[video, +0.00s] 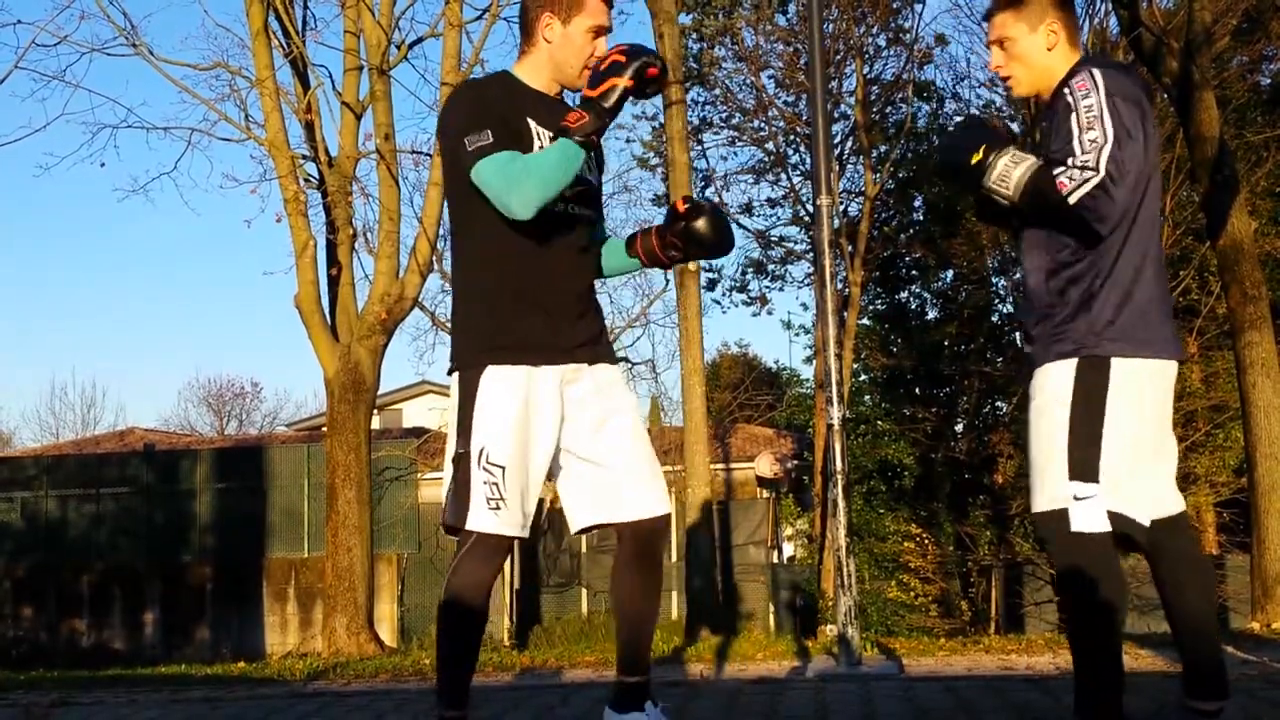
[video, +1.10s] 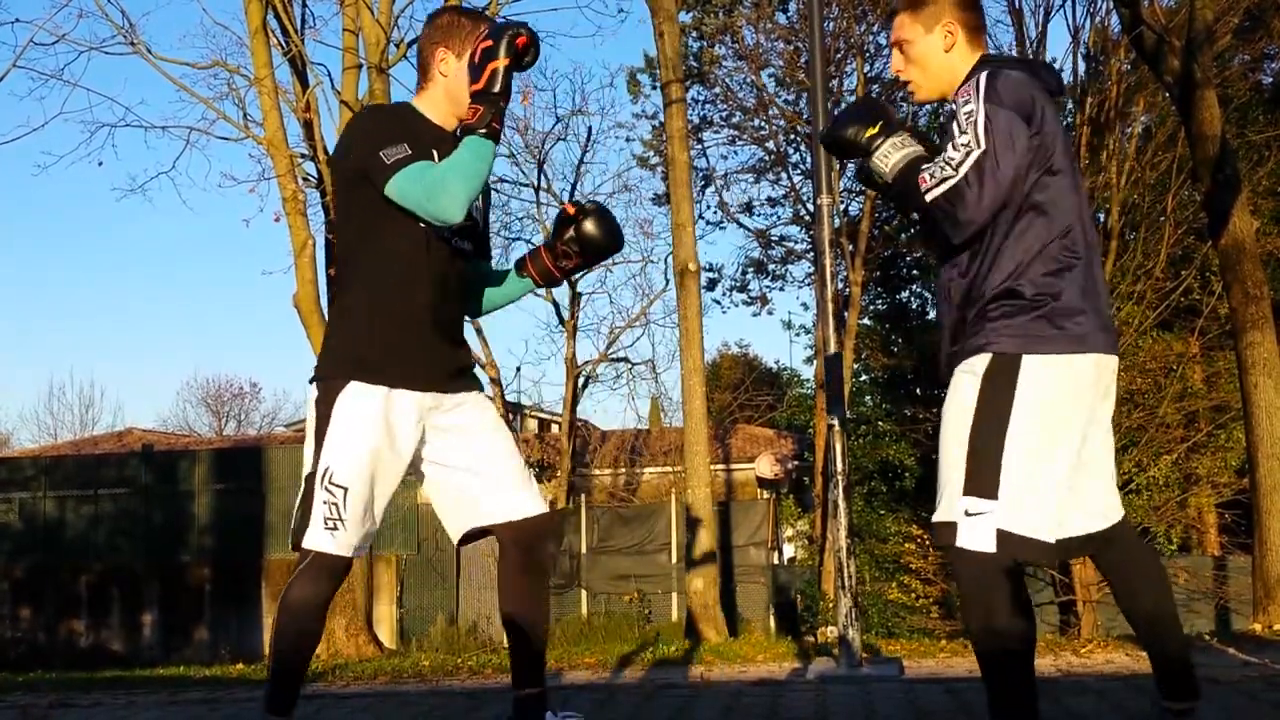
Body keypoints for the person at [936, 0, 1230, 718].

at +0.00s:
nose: (993, 61)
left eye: (1002, 44)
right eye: (990, 47)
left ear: (1050, 37)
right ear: (1046, 40)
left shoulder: (1091, 87)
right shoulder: (1070, 105)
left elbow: (1093, 201)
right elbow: (1051, 208)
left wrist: (995, 161)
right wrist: (988, 163)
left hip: (1092, 340)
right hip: (1127, 337)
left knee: (1070, 525)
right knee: (1154, 511)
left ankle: (1098, 709)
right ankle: (1208, 697)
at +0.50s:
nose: (985, 70)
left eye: (994, 53)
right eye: (982, 57)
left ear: (1044, 46)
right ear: (1038, 53)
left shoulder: (1076, 95)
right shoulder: (1086, 107)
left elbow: (1039, 189)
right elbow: (1027, 216)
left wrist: (957, 146)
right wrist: (965, 174)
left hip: (1055, 340)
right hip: (1107, 339)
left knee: (997, 517)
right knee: (1133, 517)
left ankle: (1013, 709)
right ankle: (1207, 694)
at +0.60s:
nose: (961, 58)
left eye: (971, 40)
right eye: (960, 44)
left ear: (1022, 33)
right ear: (1034, 38)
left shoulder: (1031, 91)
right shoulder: (1098, 106)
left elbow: (947, 159)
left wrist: (884, 112)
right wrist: (899, 119)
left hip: (1039, 335)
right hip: (1116, 331)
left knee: (1002, 522)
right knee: (1124, 508)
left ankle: (1013, 710)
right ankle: (1198, 686)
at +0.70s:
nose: (934, 50)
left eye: (940, 37)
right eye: (935, 39)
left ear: (979, 30)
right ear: (1015, 32)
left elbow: (839, 100)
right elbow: (1100, 219)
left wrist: (722, 86)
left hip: (1032, 322)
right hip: (1120, 324)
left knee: (1001, 521)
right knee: (1115, 504)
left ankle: (1009, 709)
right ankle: (1191, 677)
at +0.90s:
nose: (902, 54)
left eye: (909, 35)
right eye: (901, 38)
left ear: (954, 25)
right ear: (978, 26)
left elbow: (851, 146)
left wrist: (774, 107)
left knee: (982, 533)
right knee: (1126, 517)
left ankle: (1009, 716)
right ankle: (1183, 697)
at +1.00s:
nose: (895, 61)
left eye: (904, 43)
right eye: (894, 45)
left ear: (953, 35)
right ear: (958, 34)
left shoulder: (977, 88)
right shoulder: (1045, 98)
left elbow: (928, 190)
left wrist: (847, 139)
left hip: (1011, 340)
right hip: (1085, 333)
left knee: (970, 535)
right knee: (1110, 518)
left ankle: (1012, 717)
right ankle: (1183, 692)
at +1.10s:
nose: (894, 65)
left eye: (901, 45)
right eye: (892, 49)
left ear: (951, 36)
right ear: (955, 37)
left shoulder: (994, 90)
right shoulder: (1018, 93)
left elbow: (959, 208)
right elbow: (960, 224)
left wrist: (890, 147)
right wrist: (890, 158)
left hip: (1019, 342)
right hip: (1076, 339)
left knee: (971, 536)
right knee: (1099, 518)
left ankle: (1012, 718)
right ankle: (1182, 693)